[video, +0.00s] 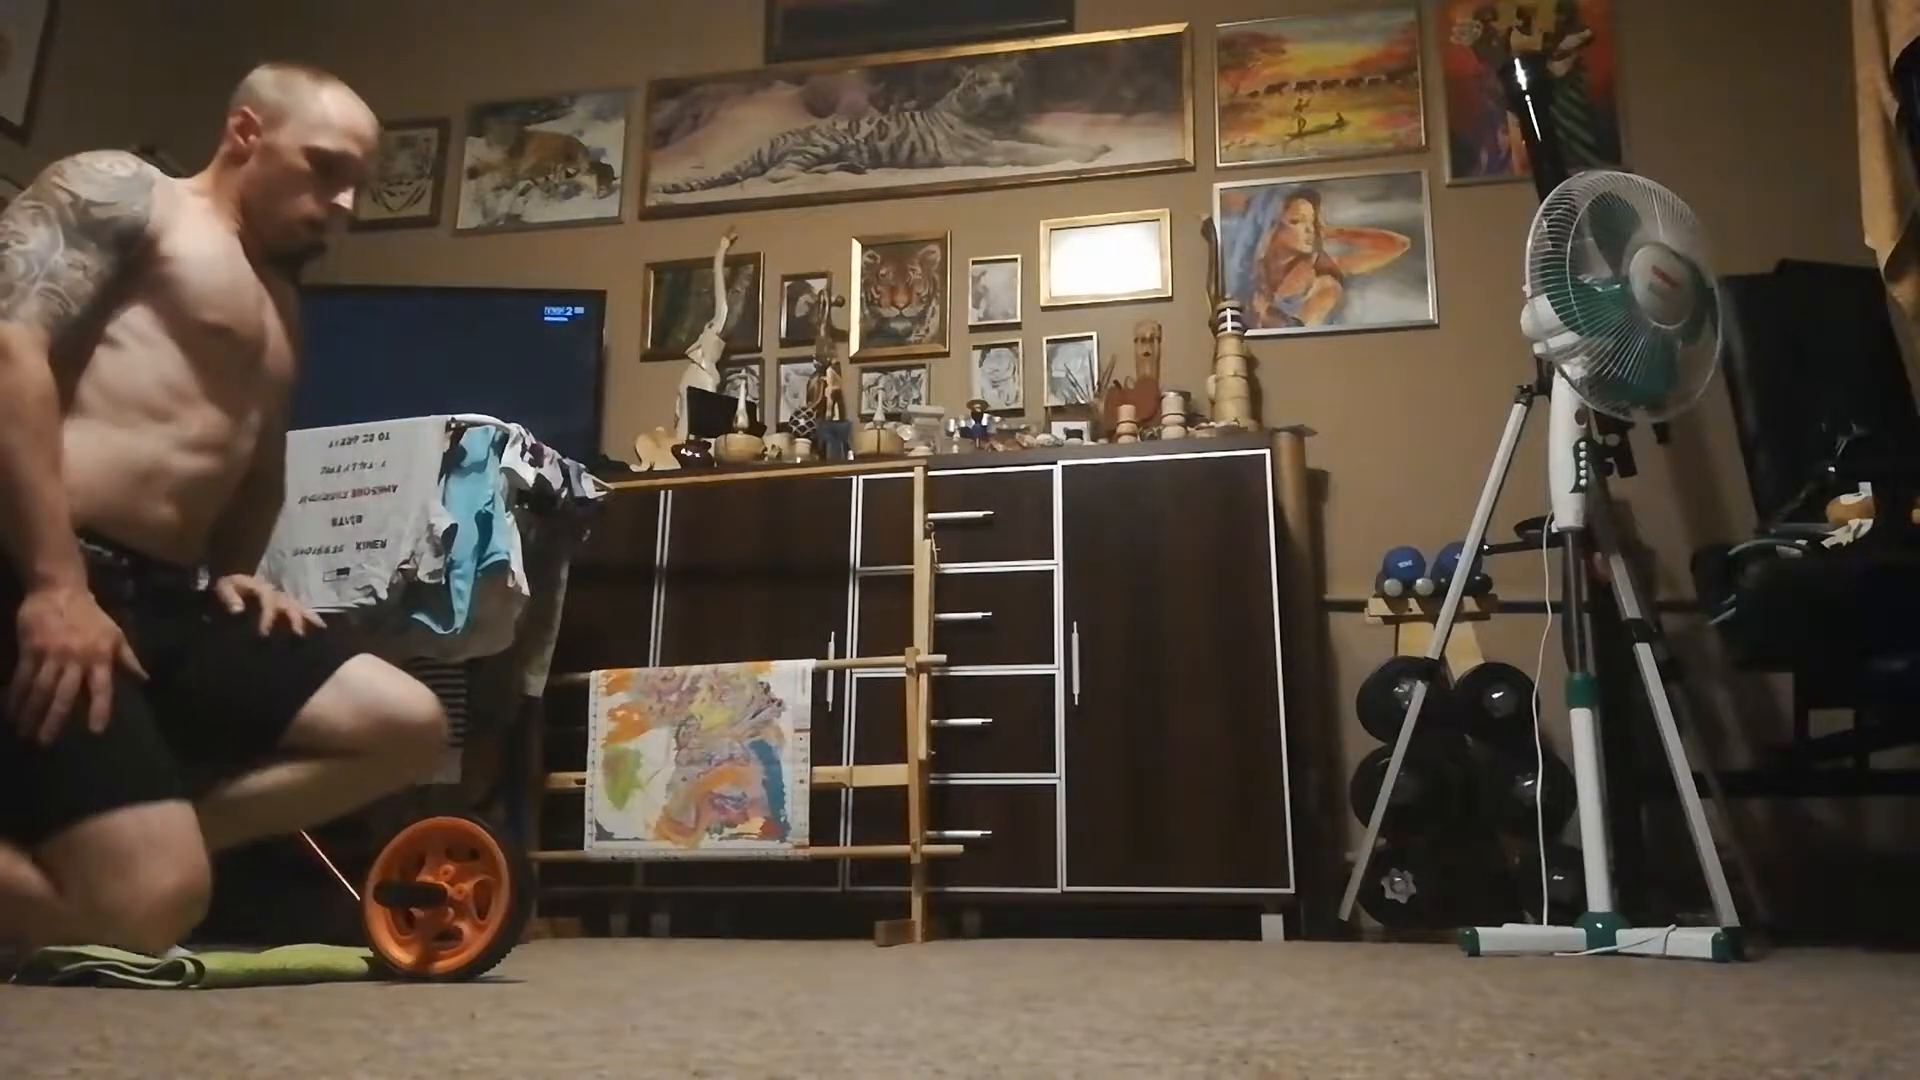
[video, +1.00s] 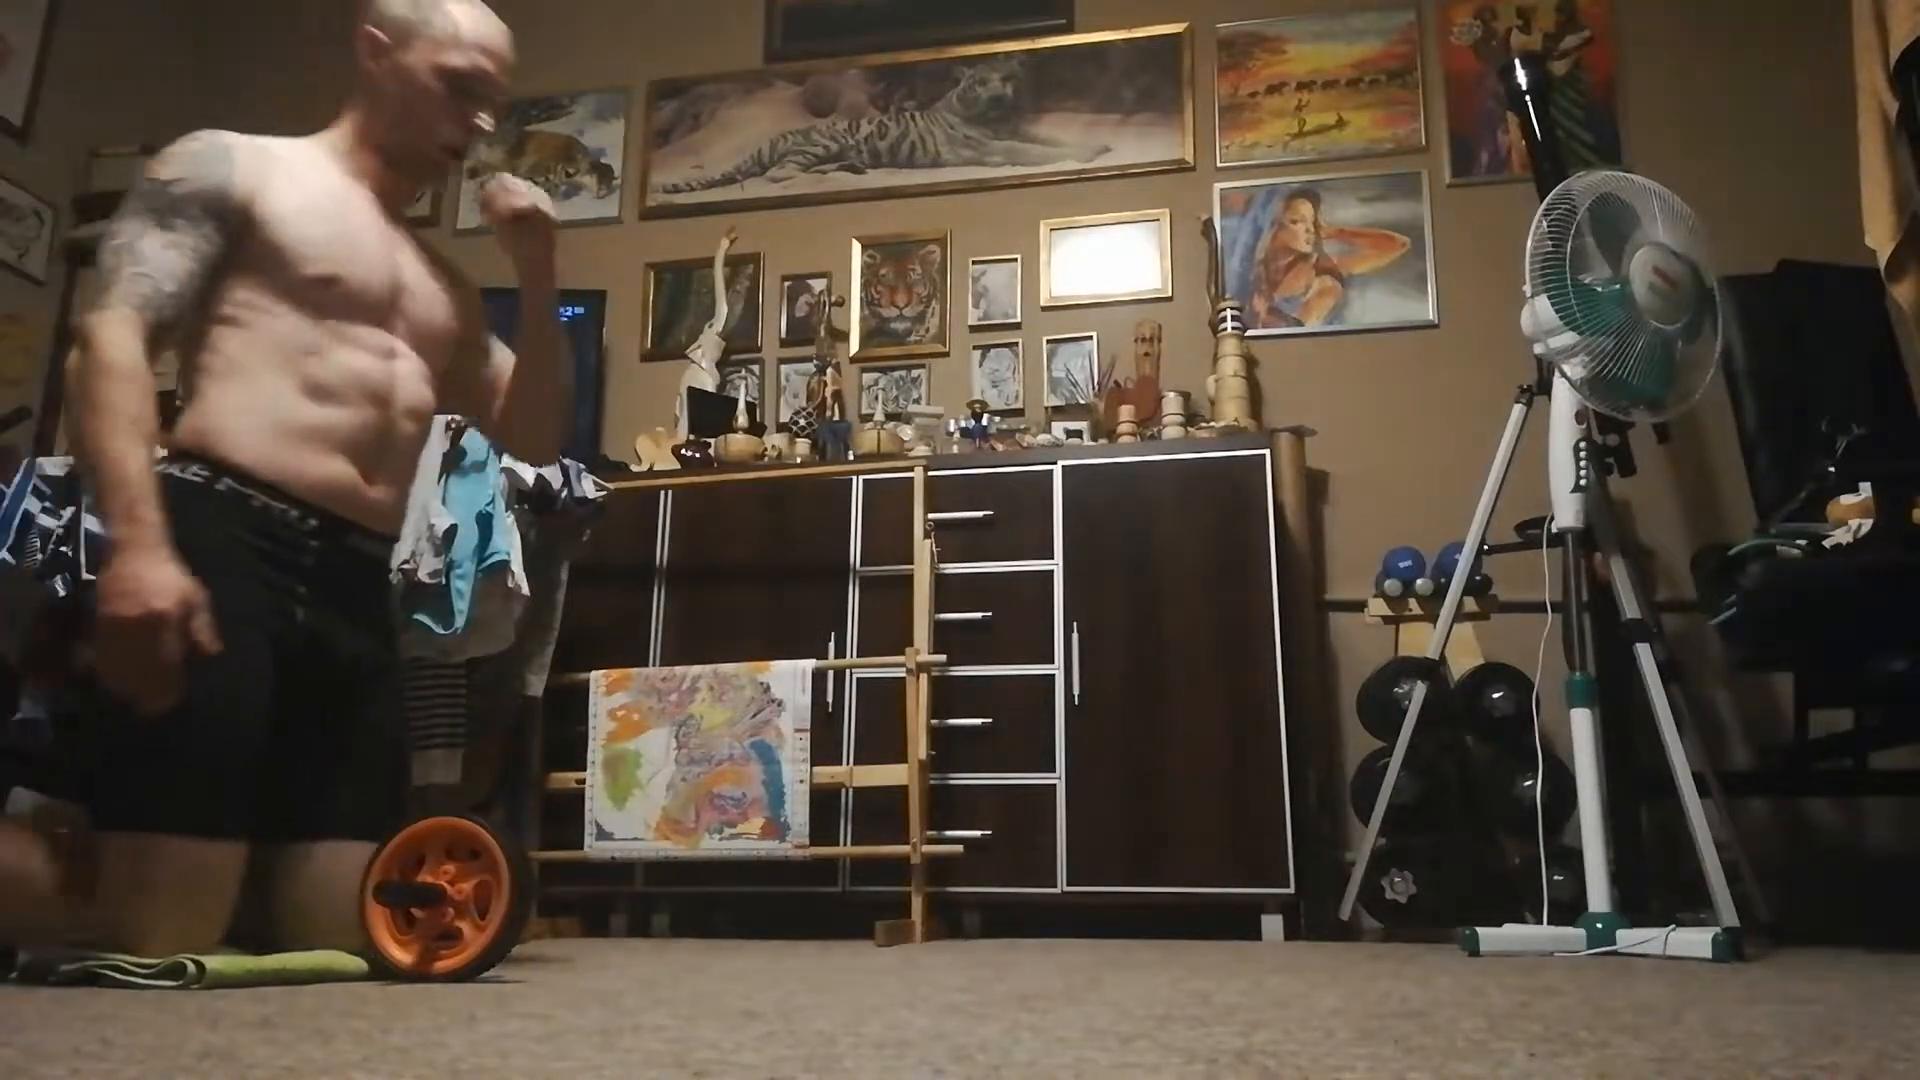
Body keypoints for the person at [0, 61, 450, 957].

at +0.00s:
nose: (345, 206)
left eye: (357, 188)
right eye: (326, 173)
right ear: (244, 136)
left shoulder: (278, 300)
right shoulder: (117, 191)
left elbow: (257, 464)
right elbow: (15, 347)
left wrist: (238, 569)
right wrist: (55, 584)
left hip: (175, 605)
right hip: (54, 583)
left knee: (404, 730)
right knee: (145, 903)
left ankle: (117, 851)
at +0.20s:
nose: (346, 144)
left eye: (360, 121)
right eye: (327, 106)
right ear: (240, 66)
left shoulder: (268, 256)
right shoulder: (99, 160)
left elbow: (241, 426)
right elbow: (13, 355)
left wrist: (264, 552)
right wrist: (78, 597)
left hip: (204, 585)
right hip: (78, 572)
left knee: (432, 733)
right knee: (151, 917)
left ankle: (146, 844)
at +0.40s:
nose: (340, 73)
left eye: (352, 50)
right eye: (324, 36)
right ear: (235, 9)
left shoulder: (289, 218)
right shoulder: (81, 115)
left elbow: (286, 394)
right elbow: (3, 326)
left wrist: (341, 540)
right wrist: (41, 581)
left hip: (241, 554)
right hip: (106, 537)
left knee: (425, 761)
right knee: (153, 919)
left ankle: (161, 816)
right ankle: (15, 857)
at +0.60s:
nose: (348, 42)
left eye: (353, 20)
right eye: (328, 10)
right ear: (242, 4)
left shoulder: (323, 202)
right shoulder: (90, 117)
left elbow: (338, 393)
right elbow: (8, 340)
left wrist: (426, 503)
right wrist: (14, 582)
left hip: (285, 559)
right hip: (138, 540)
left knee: (325, 910)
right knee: (147, 930)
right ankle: (6, 853)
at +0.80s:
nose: (393, 67)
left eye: (404, 46)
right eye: (369, 31)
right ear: (281, 13)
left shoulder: (377, 233)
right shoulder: (140, 144)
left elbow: (426, 428)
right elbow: (41, 344)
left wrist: (504, 392)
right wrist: (32, 579)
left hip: (317, 576)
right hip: (170, 542)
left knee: (321, 939)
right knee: (148, 937)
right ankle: (1, 844)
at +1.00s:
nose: (480, 123)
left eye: (494, 104)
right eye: (462, 88)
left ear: (499, 112)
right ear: (376, 47)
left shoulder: (443, 288)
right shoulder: (228, 164)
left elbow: (528, 437)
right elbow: (112, 335)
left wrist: (539, 277)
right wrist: (137, 544)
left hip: (357, 592)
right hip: (218, 545)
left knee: (328, 938)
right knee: (165, 925)